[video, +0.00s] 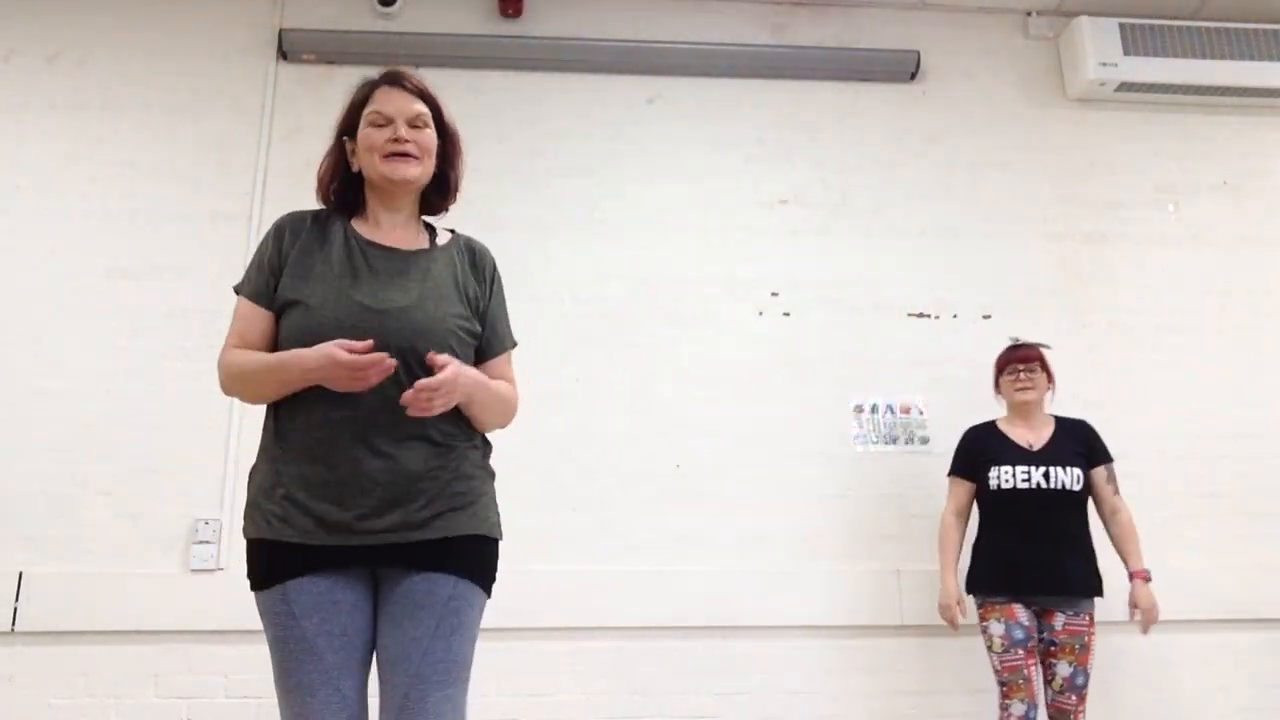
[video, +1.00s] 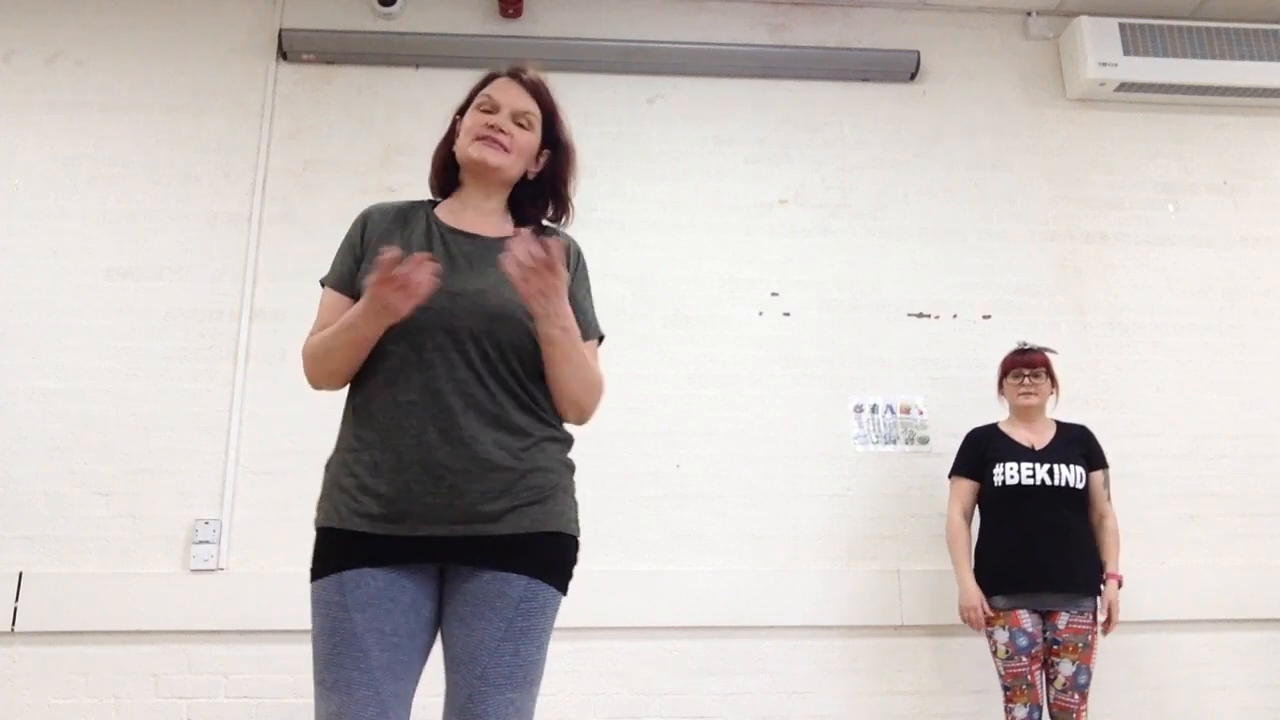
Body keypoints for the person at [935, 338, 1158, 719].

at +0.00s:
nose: (1022, 377)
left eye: (1032, 370)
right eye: (1012, 372)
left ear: (1049, 381)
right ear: (998, 387)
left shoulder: (1079, 435)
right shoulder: (979, 440)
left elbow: (1114, 511)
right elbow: (955, 516)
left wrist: (1139, 577)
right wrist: (948, 582)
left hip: (1071, 595)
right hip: (1003, 595)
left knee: (1068, 708)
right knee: (1020, 707)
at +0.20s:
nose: (1032, 380)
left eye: (1041, 373)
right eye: (1022, 374)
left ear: (1058, 383)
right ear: (1008, 387)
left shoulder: (1087, 437)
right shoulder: (988, 440)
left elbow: (1117, 506)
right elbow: (963, 513)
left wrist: (1139, 555)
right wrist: (961, 577)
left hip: (1079, 594)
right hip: (1011, 594)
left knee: (1074, 707)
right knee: (1033, 706)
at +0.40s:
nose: (1036, 381)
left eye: (1045, 374)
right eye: (1025, 375)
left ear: (1062, 385)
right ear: (1011, 388)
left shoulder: (1090, 438)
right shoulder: (990, 439)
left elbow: (1119, 503)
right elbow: (967, 511)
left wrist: (1134, 553)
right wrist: (980, 571)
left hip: (1081, 596)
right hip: (1015, 596)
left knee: (1074, 708)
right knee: (1032, 707)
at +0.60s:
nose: (1035, 382)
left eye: (1044, 375)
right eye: (1025, 376)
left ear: (1060, 387)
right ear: (1010, 388)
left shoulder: (1087, 440)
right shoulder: (988, 440)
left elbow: (1114, 514)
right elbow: (963, 513)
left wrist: (1127, 579)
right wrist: (982, 578)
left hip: (1081, 597)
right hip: (1013, 595)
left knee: (1074, 709)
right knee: (1030, 708)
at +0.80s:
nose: (1031, 382)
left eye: (1042, 375)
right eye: (1021, 376)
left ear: (1057, 387)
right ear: (1007, 388)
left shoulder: (1084, 438)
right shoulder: (985, 439)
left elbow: (1111, 515)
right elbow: (958, 513)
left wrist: (1114, 579)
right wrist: (967, 579)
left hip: (1079, 597)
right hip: (1010, 599)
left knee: (1073, 709)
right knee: (1026, 710)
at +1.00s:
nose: (1027, 382)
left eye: (1037, 375)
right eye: (1017, 376)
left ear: (1052, 386)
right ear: (1002, 387)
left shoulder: (1080, 439)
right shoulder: (981, 441)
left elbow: (1103, 516)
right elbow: (958, 516)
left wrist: (1112, 579)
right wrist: (966, 584)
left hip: (1075, 598)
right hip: (1007, 599)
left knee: (1070, 709)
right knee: (1023, 710)